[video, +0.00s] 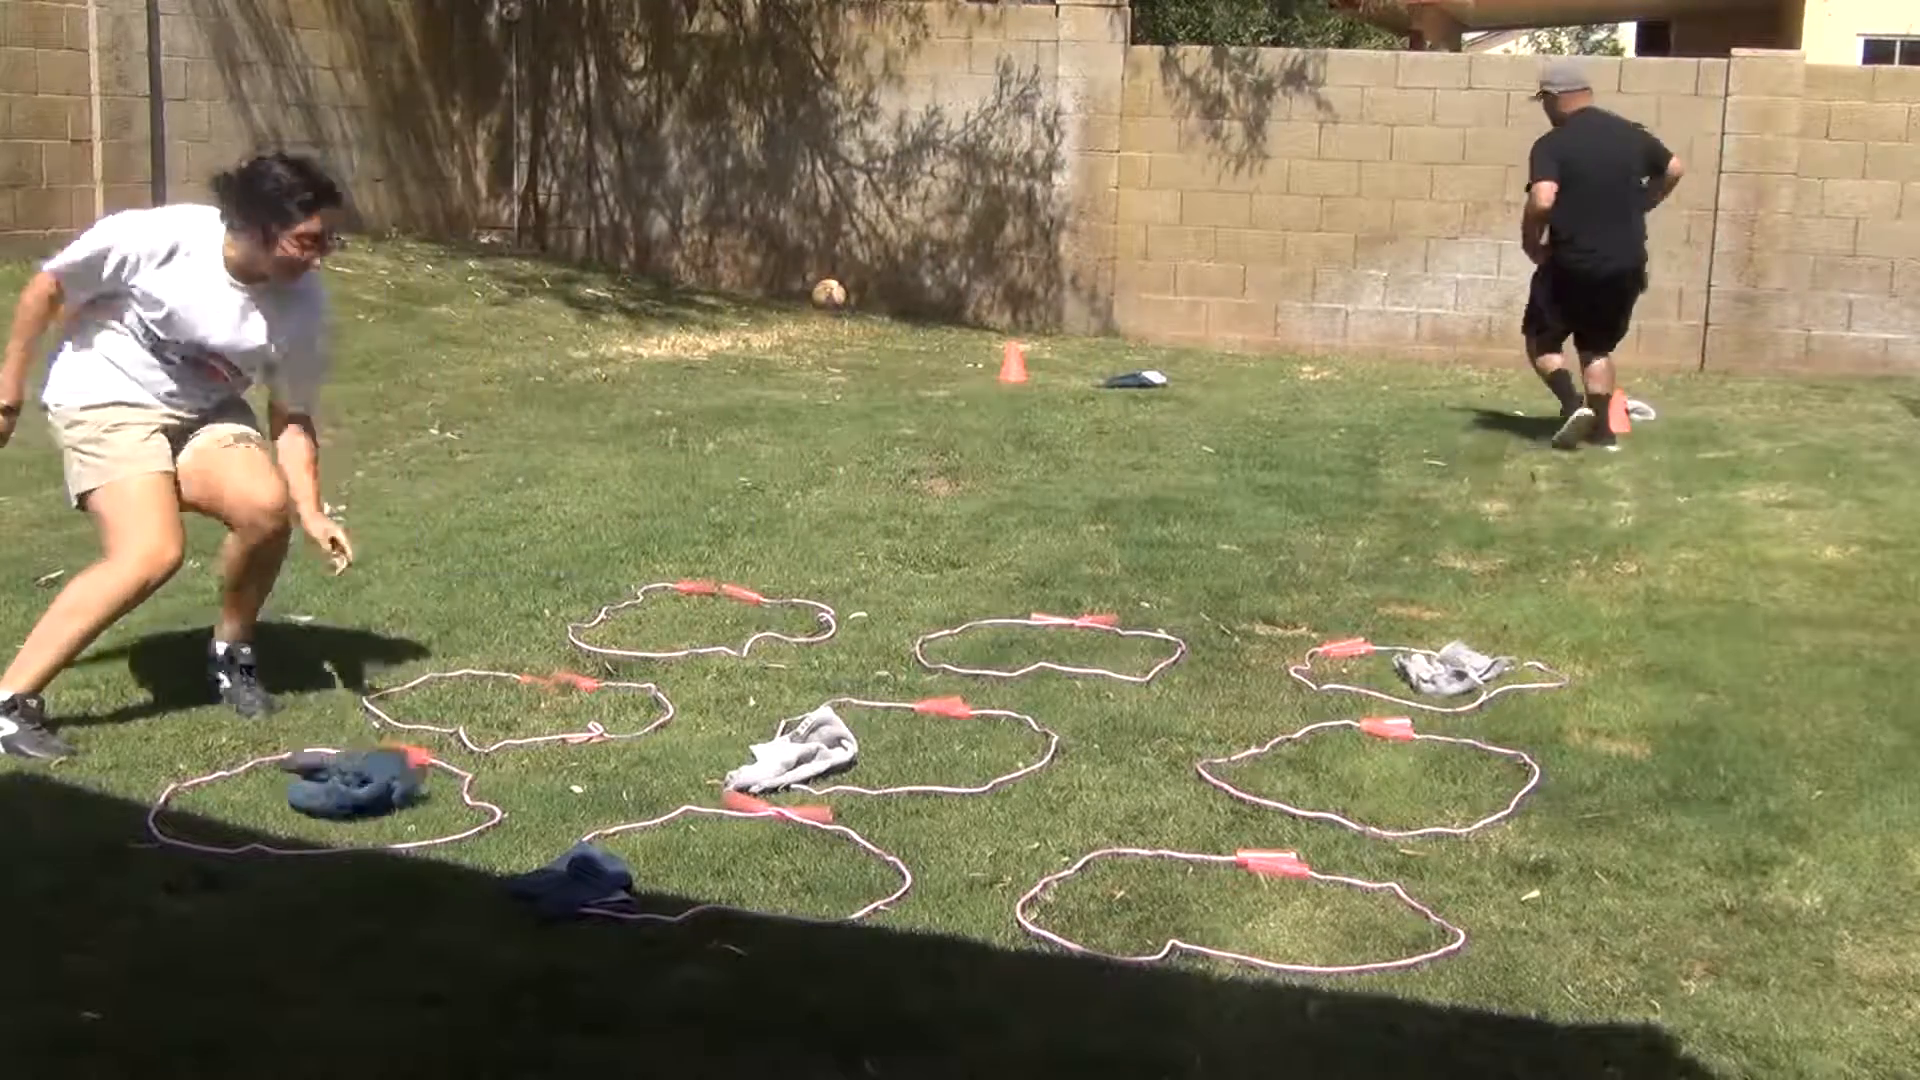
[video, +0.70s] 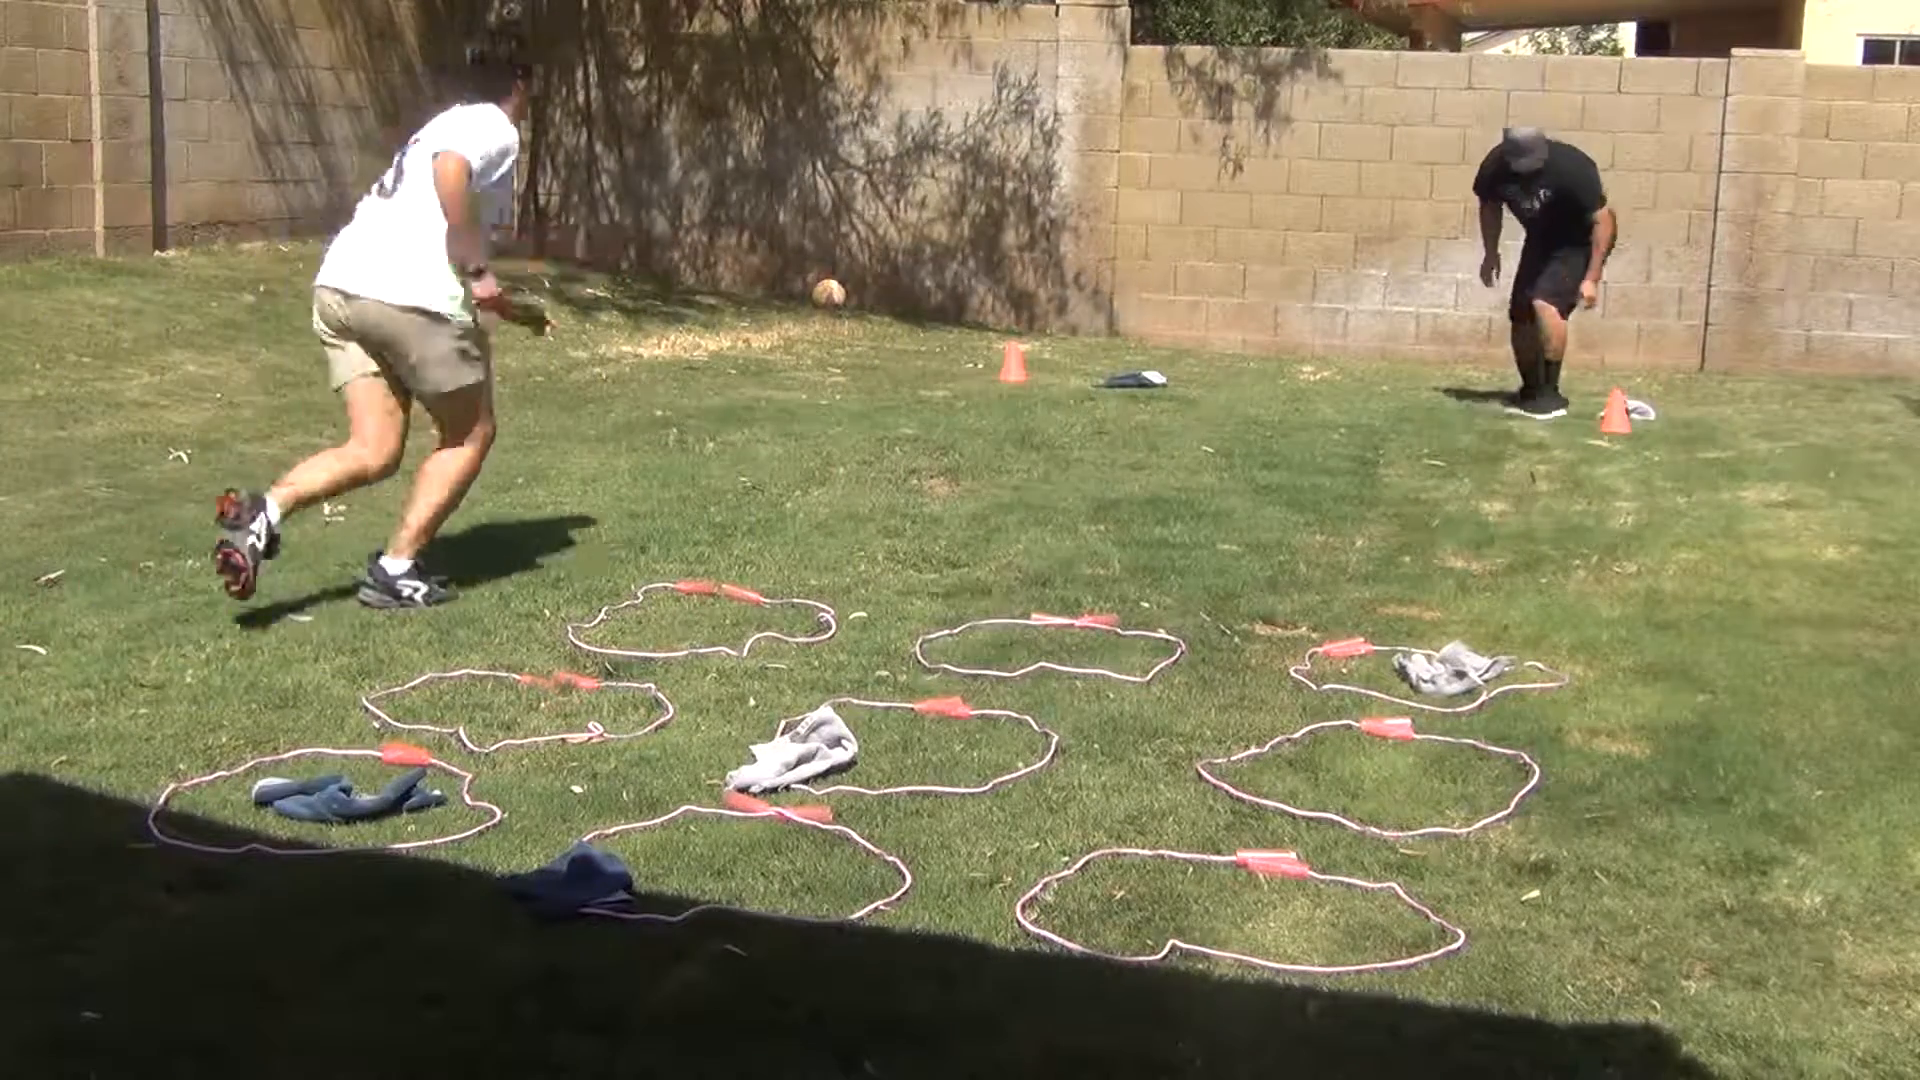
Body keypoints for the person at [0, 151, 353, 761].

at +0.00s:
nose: (320, 256)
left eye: (326, 241)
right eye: (309, 241)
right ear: (262, 228)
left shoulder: (302, 306)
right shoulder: (158, 239)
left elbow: (295, 418)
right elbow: (47, 285)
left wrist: (314, 513)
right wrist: (9, 393)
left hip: (207, 411)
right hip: (108, 396)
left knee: (269, 506)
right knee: (149, 552)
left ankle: (232, 652)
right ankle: (10, 699)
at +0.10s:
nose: (355, 224)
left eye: (354, 211)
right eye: (346, 212)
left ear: (299, 214)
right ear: (298, 212)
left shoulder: (294, 267)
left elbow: (280, 347)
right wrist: (81, 399)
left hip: (191, 399)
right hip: (104, 399)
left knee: (291, 489)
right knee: (149, 552)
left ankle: (197, 624)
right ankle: (9, 699)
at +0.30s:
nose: (385, 146)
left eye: (384, 131)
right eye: (381, 132)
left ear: (322, 119)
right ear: (360, 136)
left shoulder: (311, 192)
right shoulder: (274, 176)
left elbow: (256, 287)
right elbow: (192, 264)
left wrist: (282, 347)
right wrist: (264, 352)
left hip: (215, 363)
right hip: (166, 351)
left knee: (270, 507)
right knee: (144, 511)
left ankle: (137, 613)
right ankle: (47, 666)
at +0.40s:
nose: (408, 139)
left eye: (409, 125)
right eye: (406, 125)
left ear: (344, 113)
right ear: (383, 125)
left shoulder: (320, 168)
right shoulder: (330, 165)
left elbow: (309, 299)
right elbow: (243, 238)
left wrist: (383, 334)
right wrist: (234, 344)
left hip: (173, 331)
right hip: (212, 341)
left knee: (249, 497)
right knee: (270, 504)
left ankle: (140, 609)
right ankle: (139, 583)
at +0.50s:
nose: (438, 133)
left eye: (440, 120)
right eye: (436, 118)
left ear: (378, 104)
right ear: (416, 115)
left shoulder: (373, 186)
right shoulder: (371, 144)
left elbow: (423, 271)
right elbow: (288, 160)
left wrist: (495, 226)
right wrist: (265, 243)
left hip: (202, 316)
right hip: (275, 321)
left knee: (239, 483)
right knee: (373, 443)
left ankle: (127, 613)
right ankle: (267, 549)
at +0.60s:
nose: (483, 107)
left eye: (485, 96)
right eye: (483, 95)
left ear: (425, 77)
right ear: (469, 92)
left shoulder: (438, 172)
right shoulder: (425, 117)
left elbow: (481, 246)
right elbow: (350, 118)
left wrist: (562, 230)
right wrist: (349, 212)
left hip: (276, 287)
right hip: (351, 296)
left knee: (249, 446)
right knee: (435, 408)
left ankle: (164, 578)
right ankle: (382, 561)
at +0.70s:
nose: (527, 101)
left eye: (527, 90)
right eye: (527, 90)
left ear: (468, 85)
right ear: (516, 86)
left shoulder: (434, 130)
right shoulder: (495, 125)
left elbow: (422, 234)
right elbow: (451, 168)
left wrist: (495, 300)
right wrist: (476, 269)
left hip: (340, 285)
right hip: (410, 294)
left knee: (374, 449)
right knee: (469, 432)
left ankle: (263, 513)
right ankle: (396, 569)